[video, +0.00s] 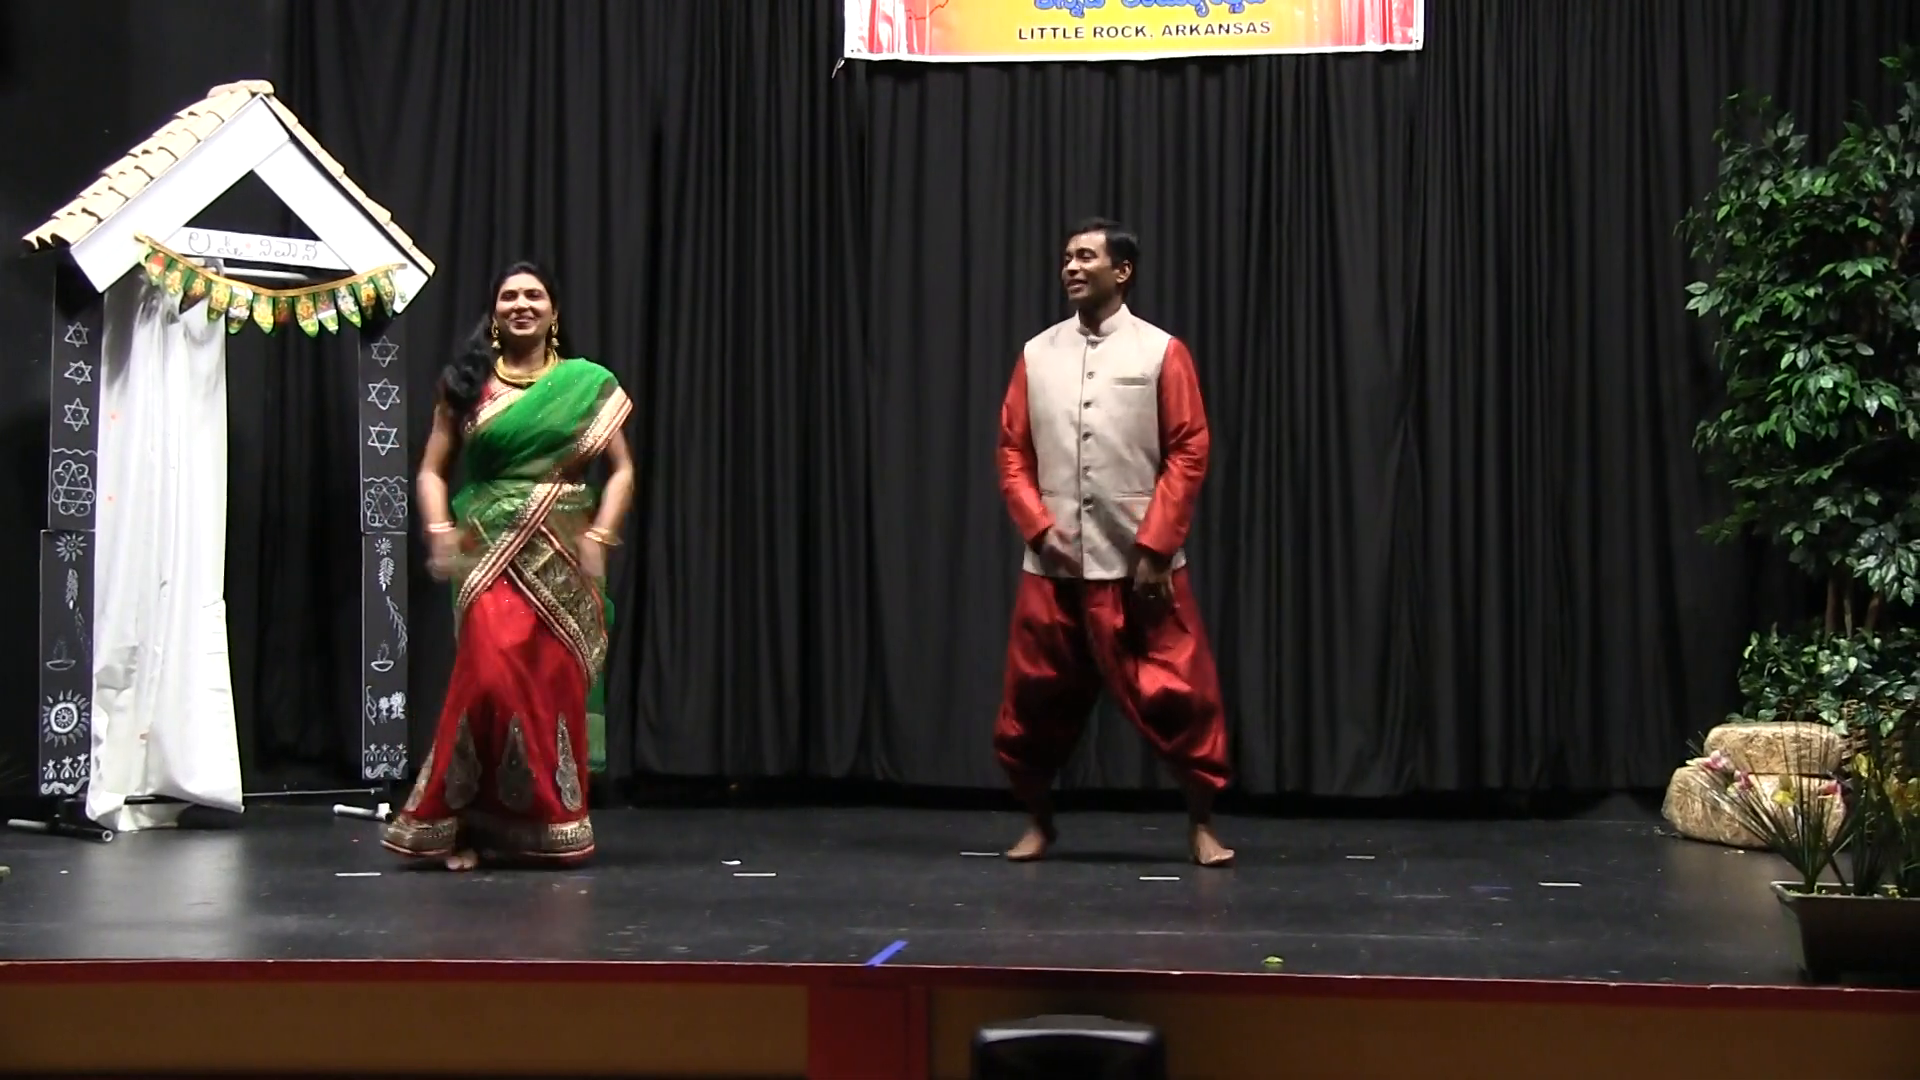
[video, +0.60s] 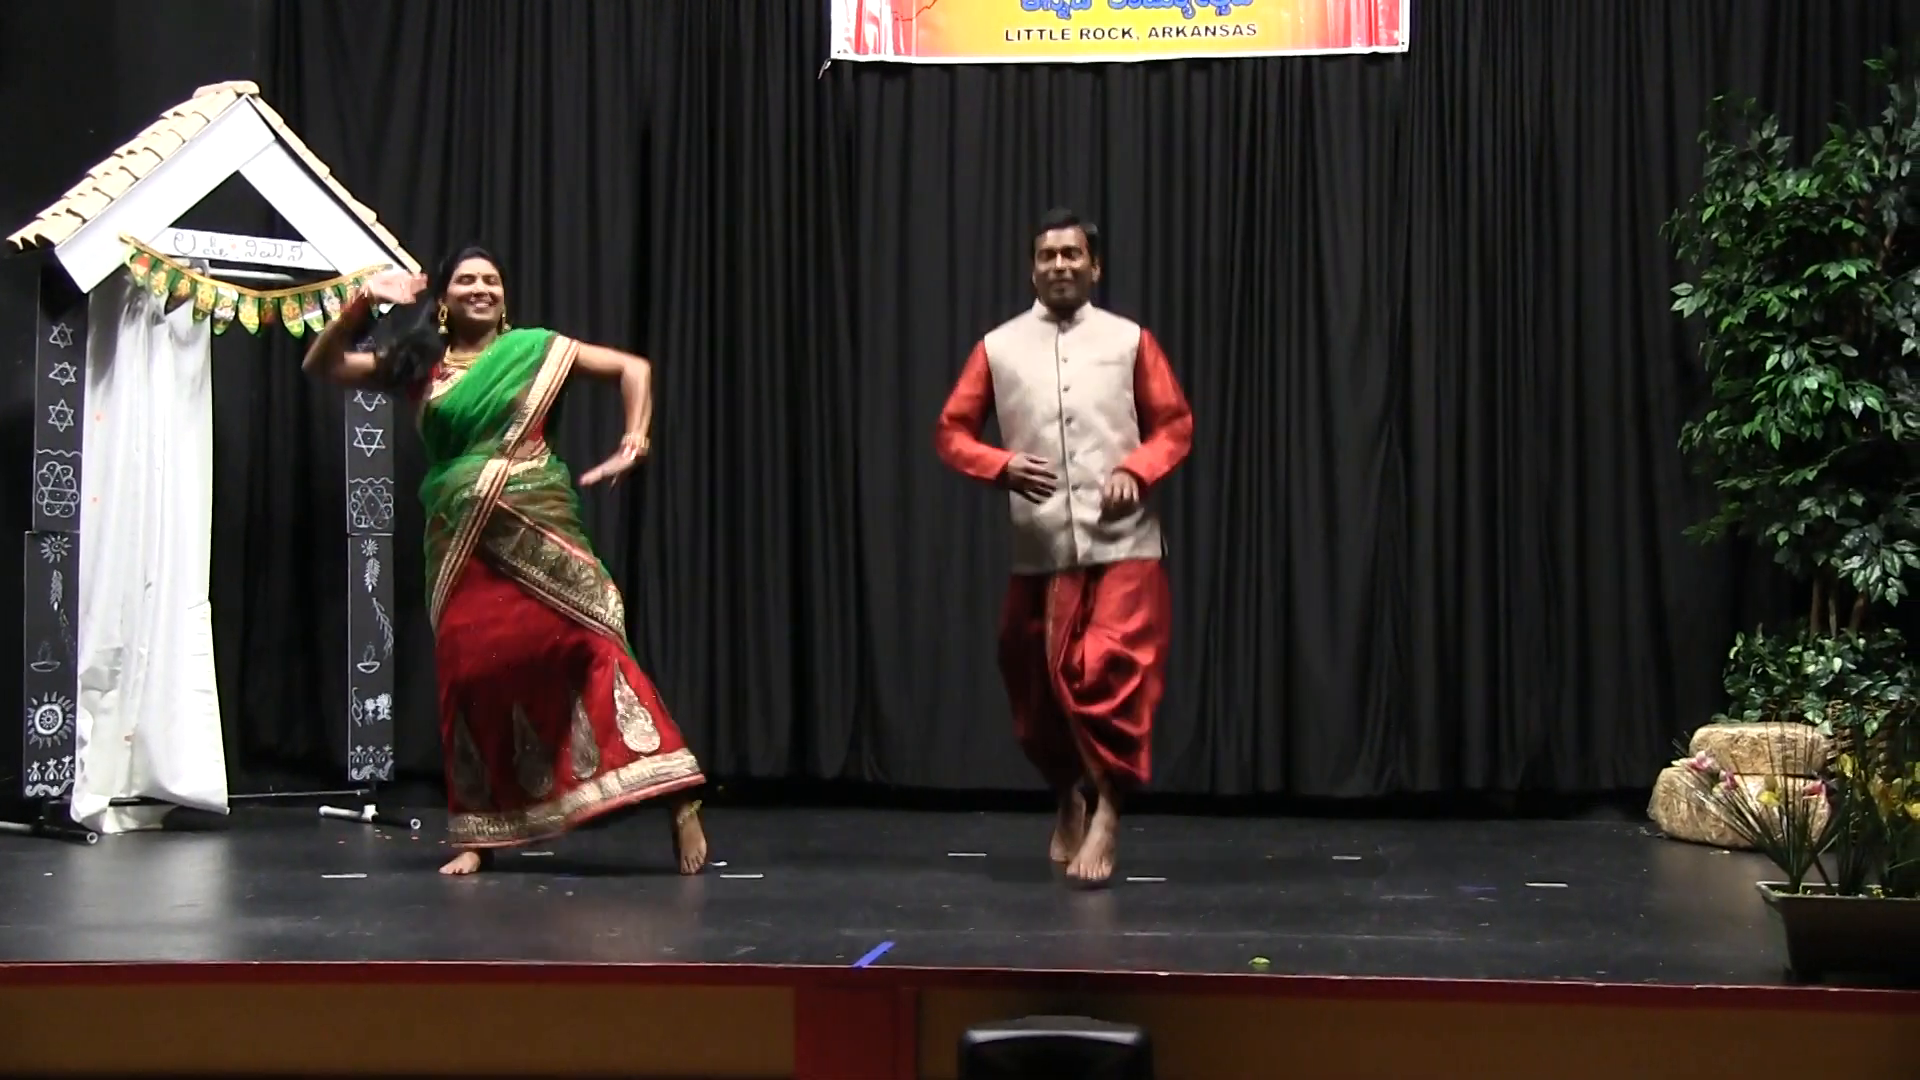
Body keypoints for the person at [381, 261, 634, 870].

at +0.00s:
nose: (521, 305)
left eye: (533, 296)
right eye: (510, 297)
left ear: (552, 310)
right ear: (493, 312)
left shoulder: (582, 382)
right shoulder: (469, 380)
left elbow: (621, 467)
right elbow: (431, 469)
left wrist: (600, 534)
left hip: (563, 545)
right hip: (490, 543)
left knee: (554, 681)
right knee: (492, 675)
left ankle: (542, 828)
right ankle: (461, 831)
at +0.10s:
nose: (520, 310)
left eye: (532, 301)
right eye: (509, 302)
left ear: (552, 317)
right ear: (492, 318)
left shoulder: (584, 383)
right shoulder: (466, 384)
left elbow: (597, 461)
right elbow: (451, 464)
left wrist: (538, 442)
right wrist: (491, 438)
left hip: (563, 550)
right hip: (487, 550)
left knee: (558, 673)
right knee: (478, 672)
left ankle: (557, 827)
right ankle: (463, 832)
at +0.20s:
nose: (513, 310)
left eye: (526, 302)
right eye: (501, 304)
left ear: (544, 322)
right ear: (489, 326)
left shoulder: (568, 382)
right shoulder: (477, 394)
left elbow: (597, 406)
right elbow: (434, 388)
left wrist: (576, 342)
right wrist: (443, 322)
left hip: (561, 538)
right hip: (489, 536)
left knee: (555, 667)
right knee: (469, 659)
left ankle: (561, 821)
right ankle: (445, 812)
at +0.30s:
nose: (503, 296)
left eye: (516, 288)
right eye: (491, 289)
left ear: (535, 307)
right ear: (475, 308)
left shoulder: (568, 359)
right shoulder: (459, 372)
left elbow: (632, 364)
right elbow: (380, 331)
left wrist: (609, 288)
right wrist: (401, 255)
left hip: (560, 531)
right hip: (485, 531)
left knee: (553, 668)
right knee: (462, 654)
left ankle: (538, 827)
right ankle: (447, 810)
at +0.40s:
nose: (491, 268)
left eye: (503, 261)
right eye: (479, 261)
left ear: (522, 280)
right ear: (461, 282)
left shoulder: (558, 330)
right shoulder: (443, 347)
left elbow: (648, 344)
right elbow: (349, 310)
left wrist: (630, 308)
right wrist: (377, 239)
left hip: (557, 508)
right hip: (478, 510)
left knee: (567, 649)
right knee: (467, 648)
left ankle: (568, 814)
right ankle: (465, 809)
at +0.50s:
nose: (484, 272)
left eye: (495, 264)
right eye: (471, 264)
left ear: (514, 281)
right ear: (450, 282)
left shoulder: (543, 329)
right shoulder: (430, 344)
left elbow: (641, 329)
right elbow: (335, 328)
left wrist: (639, 370)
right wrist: (361, 258)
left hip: (551, 510)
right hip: (468, 519)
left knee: (605, 643)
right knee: (467, 667)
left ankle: (652, 809)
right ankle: (475, 834)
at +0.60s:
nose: (480, 289)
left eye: (490, 281)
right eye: (467, 281)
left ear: (504, 294)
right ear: (442, 297)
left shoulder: (534, 346)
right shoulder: (418, 363)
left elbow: (634, 368)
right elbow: (321, 368)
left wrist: (634, 438)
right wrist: (362, 301)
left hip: (542, 527)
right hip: (461, 536)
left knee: (602, 657)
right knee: (461, 675)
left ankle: (682, 802)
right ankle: (472, 837)